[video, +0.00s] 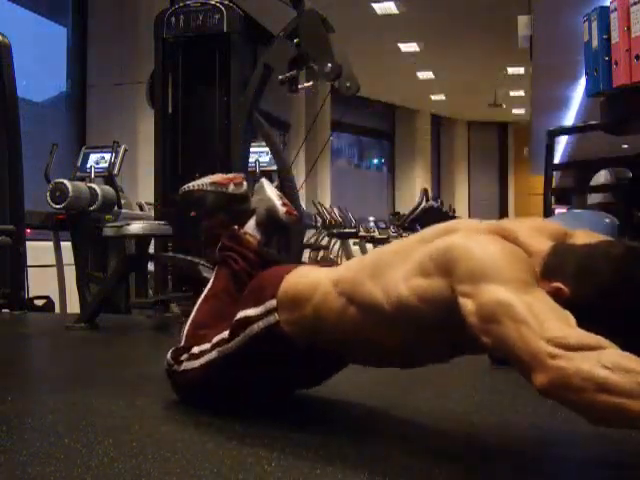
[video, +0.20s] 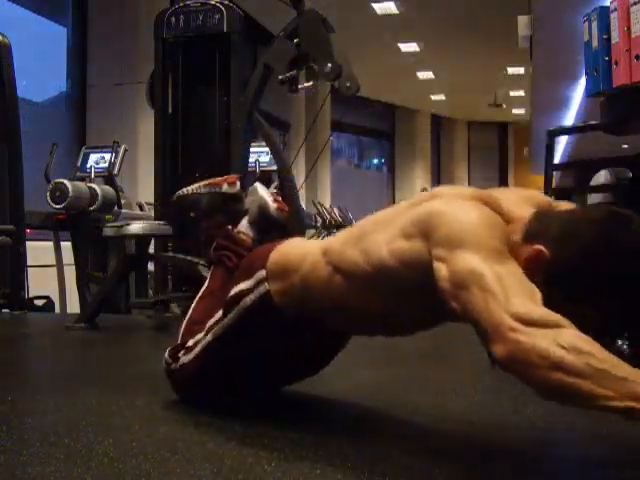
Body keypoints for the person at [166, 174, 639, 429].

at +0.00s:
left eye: (596, 334)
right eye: (586, 324)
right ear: (563, 291)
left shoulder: (561, 243)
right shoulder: (485, 259)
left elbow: (599, 344)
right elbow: (560, 367)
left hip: (331, 317)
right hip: (291, 316)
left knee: (239, 373)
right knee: (186, 372)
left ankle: (265, 252)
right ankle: (233, 254)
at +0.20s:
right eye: (552, 302)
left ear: (540, 251)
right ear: (536, 260)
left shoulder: (541, 214)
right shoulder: (464, 224)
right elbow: (521, 341)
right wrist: (637, 392)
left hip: (330, 315)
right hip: (283, 298)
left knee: (238, 378)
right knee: (184, 372)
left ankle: (261, 252)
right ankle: (233, 256)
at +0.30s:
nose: (514, 283)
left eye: (533, 283)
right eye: (528, 275)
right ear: (514, 233)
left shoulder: (526, 190)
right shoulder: (444, 199)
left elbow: (611, 238)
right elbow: (494, 321)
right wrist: (632, 393)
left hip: (327, 302)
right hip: (275, 285)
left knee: (255, 378)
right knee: (183, 373)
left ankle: (257, 246)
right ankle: (227, 249)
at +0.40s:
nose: (503, 273)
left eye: (517, 269)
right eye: (509, 259)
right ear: (492, 210)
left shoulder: (529, 187)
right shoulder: (421, 174)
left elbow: (623, 261)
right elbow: (458, 299)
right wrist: (597, 390)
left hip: (324, 294)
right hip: (262, 271)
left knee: (250, 382)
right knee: (185, 377)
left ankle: (240, 229)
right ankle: (220, 242)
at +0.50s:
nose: (483, 247)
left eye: (498, 243)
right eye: (488, 236)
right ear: (467, 191)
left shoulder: (496, 164)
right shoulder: (398, 152)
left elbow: (591, 247)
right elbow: (422, 282)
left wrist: (637, 293)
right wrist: (540, 380)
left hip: (315, 279)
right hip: (252, 255)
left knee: (247, 381)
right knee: (181, 377)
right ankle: (209, 240)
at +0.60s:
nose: (466, 228)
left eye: (479, 224)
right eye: (469, 217)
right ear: (447, 168)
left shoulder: (480, 148)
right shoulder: (376, 136)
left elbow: (558, 231)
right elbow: (390, 266)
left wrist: (614, 302)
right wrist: (493, 369)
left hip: (304, 271)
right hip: (238, 252)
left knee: (243, 381)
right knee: (182, 381)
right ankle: (190, 254)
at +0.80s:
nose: (430, 204)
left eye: (445, 198)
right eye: (429, 190)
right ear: (409, 145)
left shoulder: (453, 143)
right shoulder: (345, 117)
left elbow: (515, 223)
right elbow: (338, 244)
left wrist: (575, 313)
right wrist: (418, 356)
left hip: (293, 253)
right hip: (227, 233)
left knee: (238, 378)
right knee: (183, 378)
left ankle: (170, 299)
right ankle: (151, 289)